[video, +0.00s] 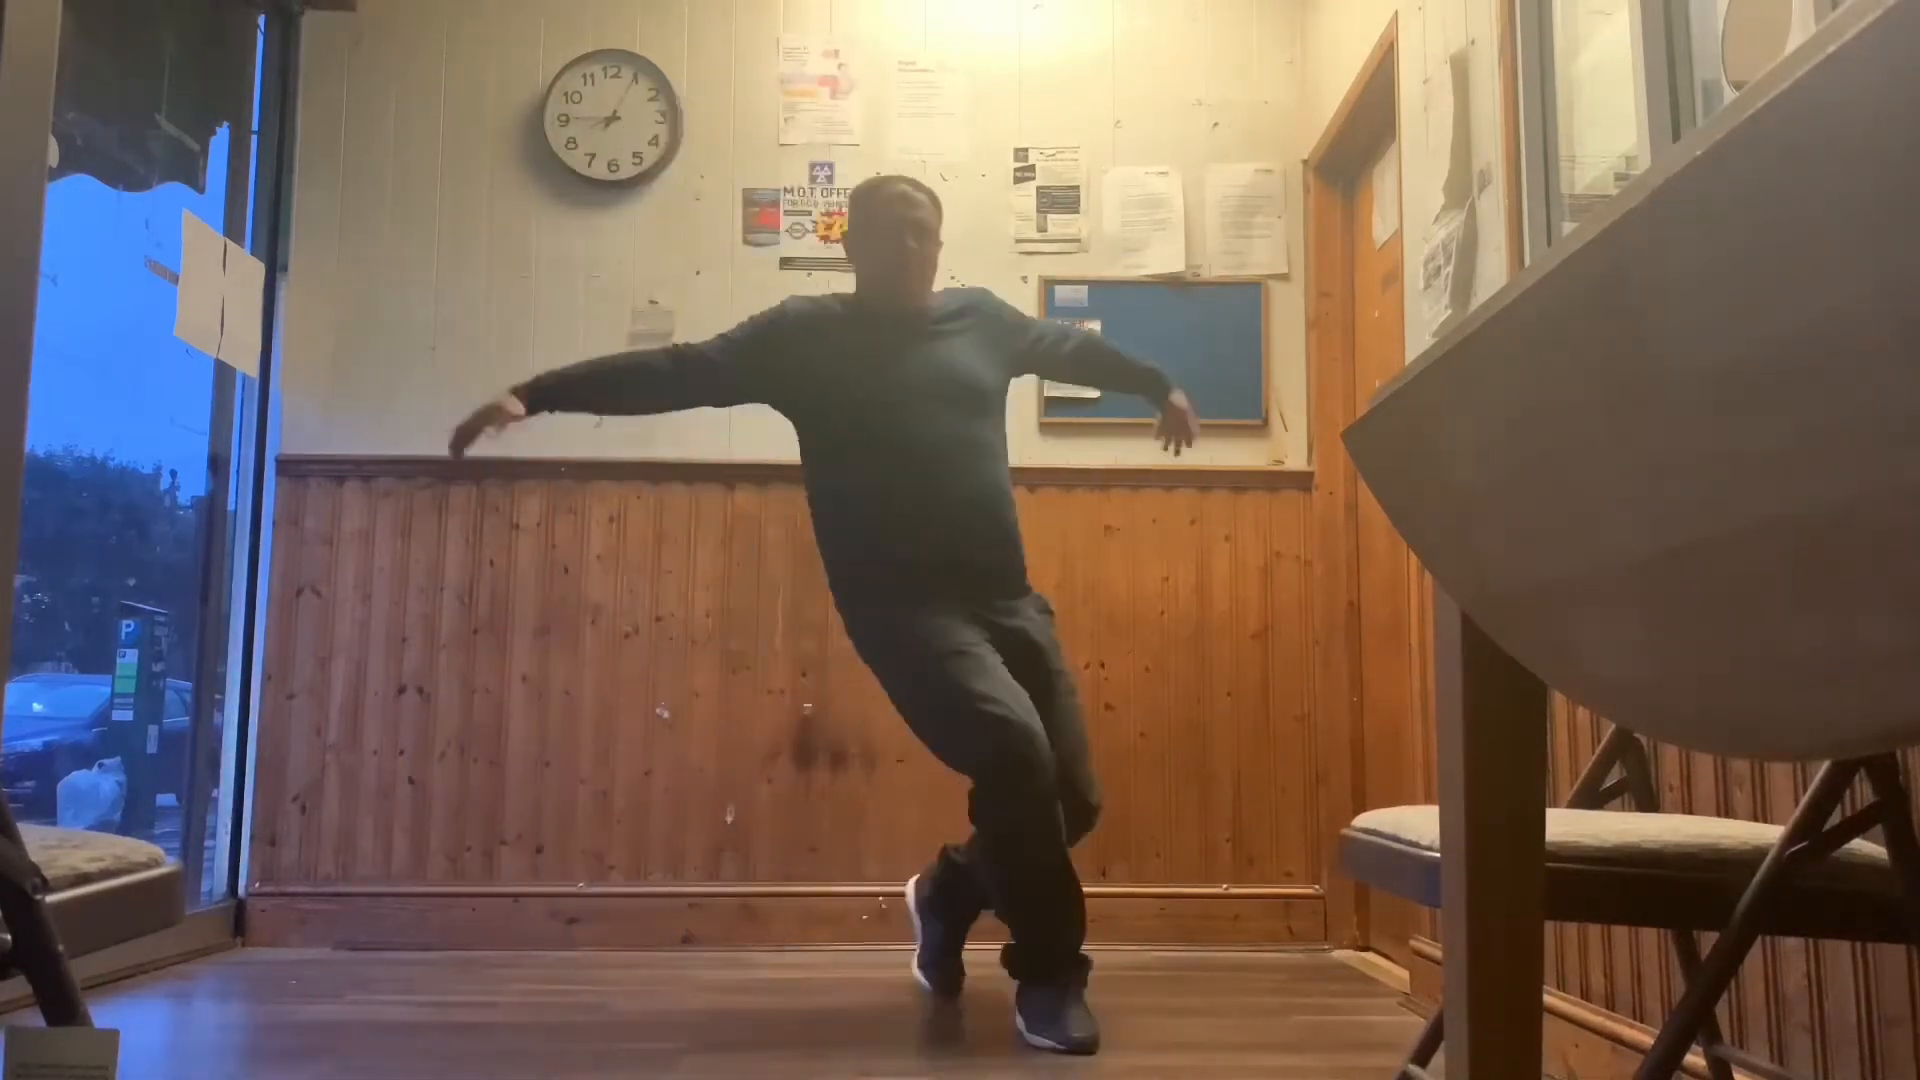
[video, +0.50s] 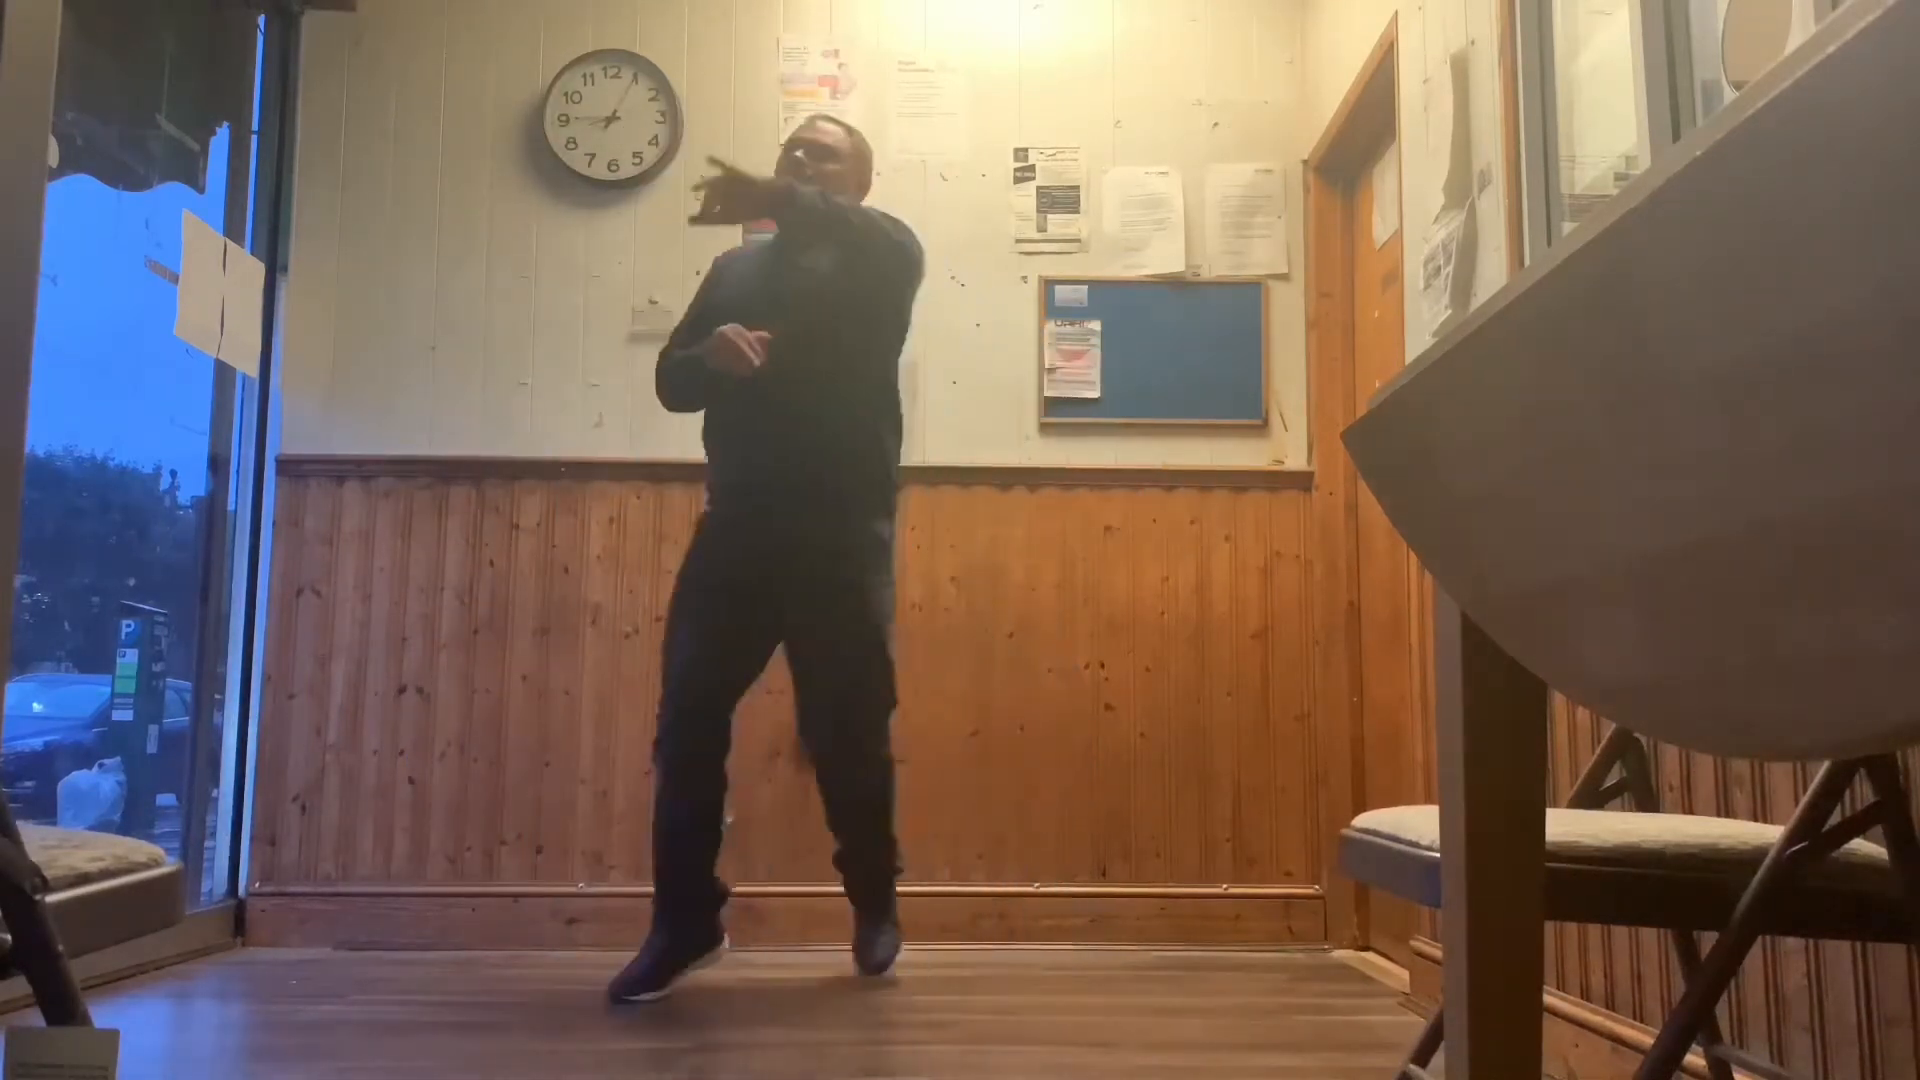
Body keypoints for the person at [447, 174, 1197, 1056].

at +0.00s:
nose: (919, 246)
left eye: (929, 231)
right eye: (898, 229)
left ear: (942, 247)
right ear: (851, 243)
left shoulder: (982, 323)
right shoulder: (801, 337)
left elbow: (1081, 352)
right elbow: (677, 373)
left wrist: (1163, 387)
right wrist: (533, 395)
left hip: (1008, 597)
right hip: (903, 606)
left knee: (1074, 801)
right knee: (1015, 751)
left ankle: (949, 896)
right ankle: (1052, 983)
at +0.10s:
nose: (918, 199)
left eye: (933, 190)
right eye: (898, 187)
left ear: (953, 224)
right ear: (861, 217)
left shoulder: (990, 318)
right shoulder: (807, 329)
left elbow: (1073, 411)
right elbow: (718, 418)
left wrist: (1159, 492)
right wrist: (628, 491)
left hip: (982, 574)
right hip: (875, 583)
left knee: (1035, 771)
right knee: (960, 760)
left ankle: (962, 919)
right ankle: (1041, 966)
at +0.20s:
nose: (899, 200)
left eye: (915, 188)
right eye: (883, 189)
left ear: (945, 216)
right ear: (856, 218)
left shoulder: (986, 327)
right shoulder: (808, 323)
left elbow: (1028, 444)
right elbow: (751, 439)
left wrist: (1046, 520)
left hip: (957, 567)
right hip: (849, 572)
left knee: (991, 753)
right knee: (893, 717)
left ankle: (963, 941)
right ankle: (951, 938)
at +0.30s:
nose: (865, 178)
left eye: (885, 171)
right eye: (851, 169)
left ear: (920, 204)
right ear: (830, 201)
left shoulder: (959, 302)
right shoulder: (790, 287)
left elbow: (990, 415)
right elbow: (724, 393)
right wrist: (813, 352)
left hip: (934, 560)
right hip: (819, 557)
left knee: (976, 744)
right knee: (797, 712)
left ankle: (958, 940)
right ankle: (833, 871)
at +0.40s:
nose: (835, 148)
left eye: (856, 138)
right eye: (822, 137)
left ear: (891, 170)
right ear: (803, 160)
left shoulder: (922, 250)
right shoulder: (757, 250)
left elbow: (943, 314)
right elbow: (693, 358)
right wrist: (759, 342)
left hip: (890, 528)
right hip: (780, 524)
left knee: (914, 728)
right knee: (734, 708)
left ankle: (935, 929)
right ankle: (743, 885)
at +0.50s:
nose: (805, 162)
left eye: (828, 153)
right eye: (794, 152)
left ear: (864, 186)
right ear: (774, 175)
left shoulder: (887, 255)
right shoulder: (736, 268)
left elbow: (881, 244)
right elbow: (671, 380)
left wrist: (771, 195)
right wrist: (711, 358)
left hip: (843, 529)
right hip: (739, 526)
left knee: (849, 730)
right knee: (688, 724)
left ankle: (873, 909)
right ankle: (686, 919)